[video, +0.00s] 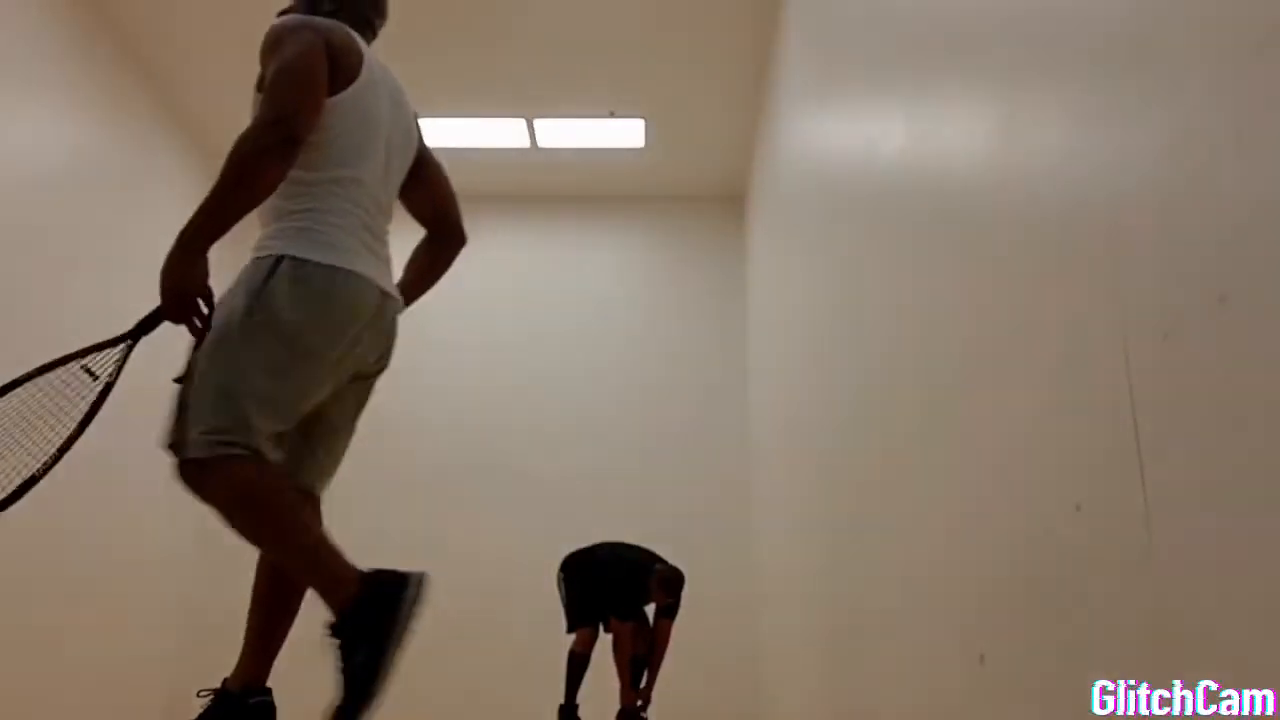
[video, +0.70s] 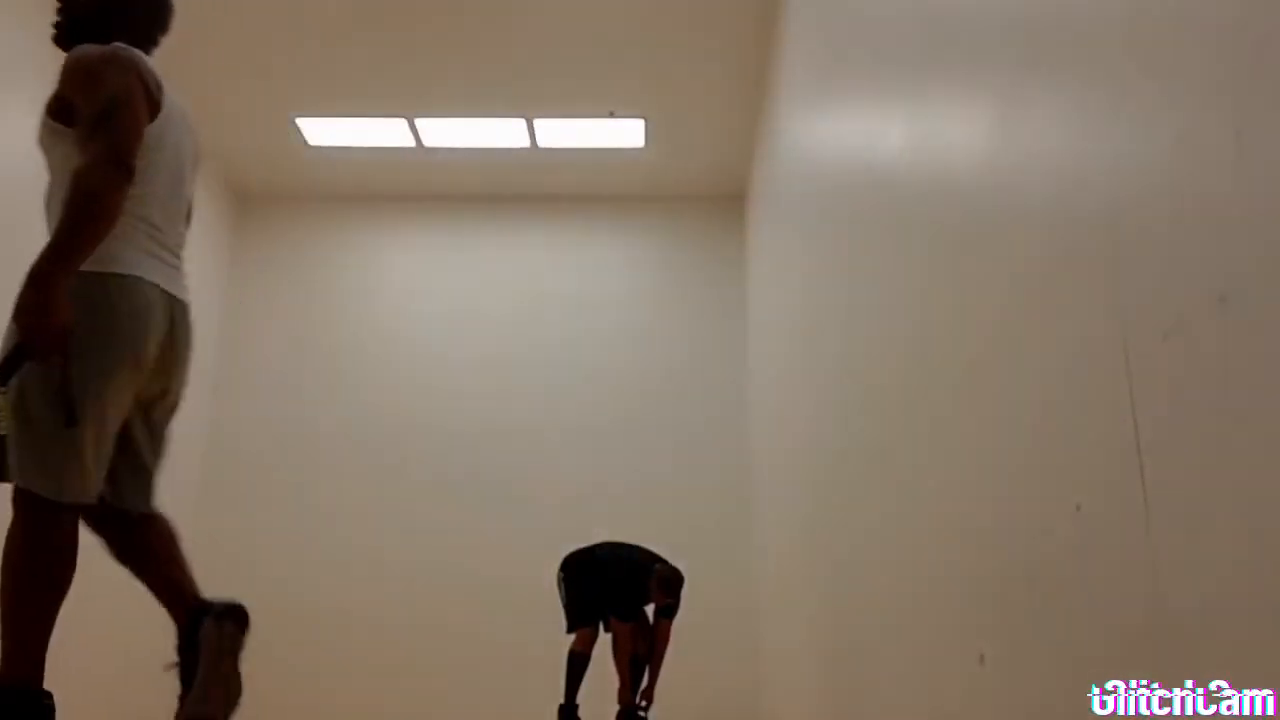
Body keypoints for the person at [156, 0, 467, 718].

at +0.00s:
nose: (281, 24)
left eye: (287, 17)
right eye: (284, 21)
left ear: (311, 7)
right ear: (370, 23)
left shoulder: (304, 32)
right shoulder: (393, 105)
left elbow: (283, 129)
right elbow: (448, 230)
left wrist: (189, 247)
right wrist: (389, 305)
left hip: (302, 276)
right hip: (372, 309)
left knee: (207, 449)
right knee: (295, 499)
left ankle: (356, 598)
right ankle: (247, 689)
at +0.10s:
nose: (261, 26)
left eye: (266, 19)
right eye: (263, 21)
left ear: (285, 15)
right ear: (349, 28)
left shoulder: (285, 43)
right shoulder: (371, 112)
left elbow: (269, 135)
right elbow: (412, 242)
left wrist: (181, 249)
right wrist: (334, 294)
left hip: (278, 277)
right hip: (349, 307)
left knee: (150, 440)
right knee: (279, 482)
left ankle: (269, 615)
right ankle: (248, 694)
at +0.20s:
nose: (238, 27)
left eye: (242, 17)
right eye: (240, 18)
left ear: (262, 15)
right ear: (325, 30)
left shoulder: (263, 51)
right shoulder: (356, 124)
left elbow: (258, 138)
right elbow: (363, 255)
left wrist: (181, 255)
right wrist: (261, 275)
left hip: (255, 284)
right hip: (331, 312)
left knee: (116, 443)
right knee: (274, 494)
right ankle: (245, 689)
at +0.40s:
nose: (182, 30)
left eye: (192, 17)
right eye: (186, 17)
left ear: (219, 22)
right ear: (266, 39)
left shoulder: (211, 66)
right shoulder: (302, 133)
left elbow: (210, 164)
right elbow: (274, 236)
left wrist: (153, 276)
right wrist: (159, 259)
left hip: (209, 291)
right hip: (286, 314)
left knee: (86, 481)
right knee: (246, 493)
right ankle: (242, 687)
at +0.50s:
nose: (142, 23)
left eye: (156, 11)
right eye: (149, 12)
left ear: (183, 21)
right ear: (230, 37)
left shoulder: (179, 68)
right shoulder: (259, 121)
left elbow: (184, 170)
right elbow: (235, 232)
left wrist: (117, 284)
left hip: (178, 293)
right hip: (258, 311)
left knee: (66, 478)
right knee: (222, 492)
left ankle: (19, 674)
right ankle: (240, 679)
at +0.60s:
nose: (102, 23)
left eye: (115, 13)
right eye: (106, 11)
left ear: (147, 20)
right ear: (190, 33)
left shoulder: (142, 68)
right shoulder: (207, 110)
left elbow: (150, 174)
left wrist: (87, 282)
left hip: (140, 297)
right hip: (214, 310)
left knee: (63, 495)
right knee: (188, 497)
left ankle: (23, 683)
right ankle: (233, 658)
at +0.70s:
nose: (58, 13)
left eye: (73, 2)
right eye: (65, 1)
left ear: (105, 11)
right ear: (150, 23)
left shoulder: (99, 62)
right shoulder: (173, 110)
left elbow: (111, 169)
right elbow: (169, 225)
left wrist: (42, 284)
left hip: (100, 296)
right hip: (165, 312)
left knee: (42, 497)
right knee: (116, 498)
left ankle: (21, 681)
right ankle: (197, 623)